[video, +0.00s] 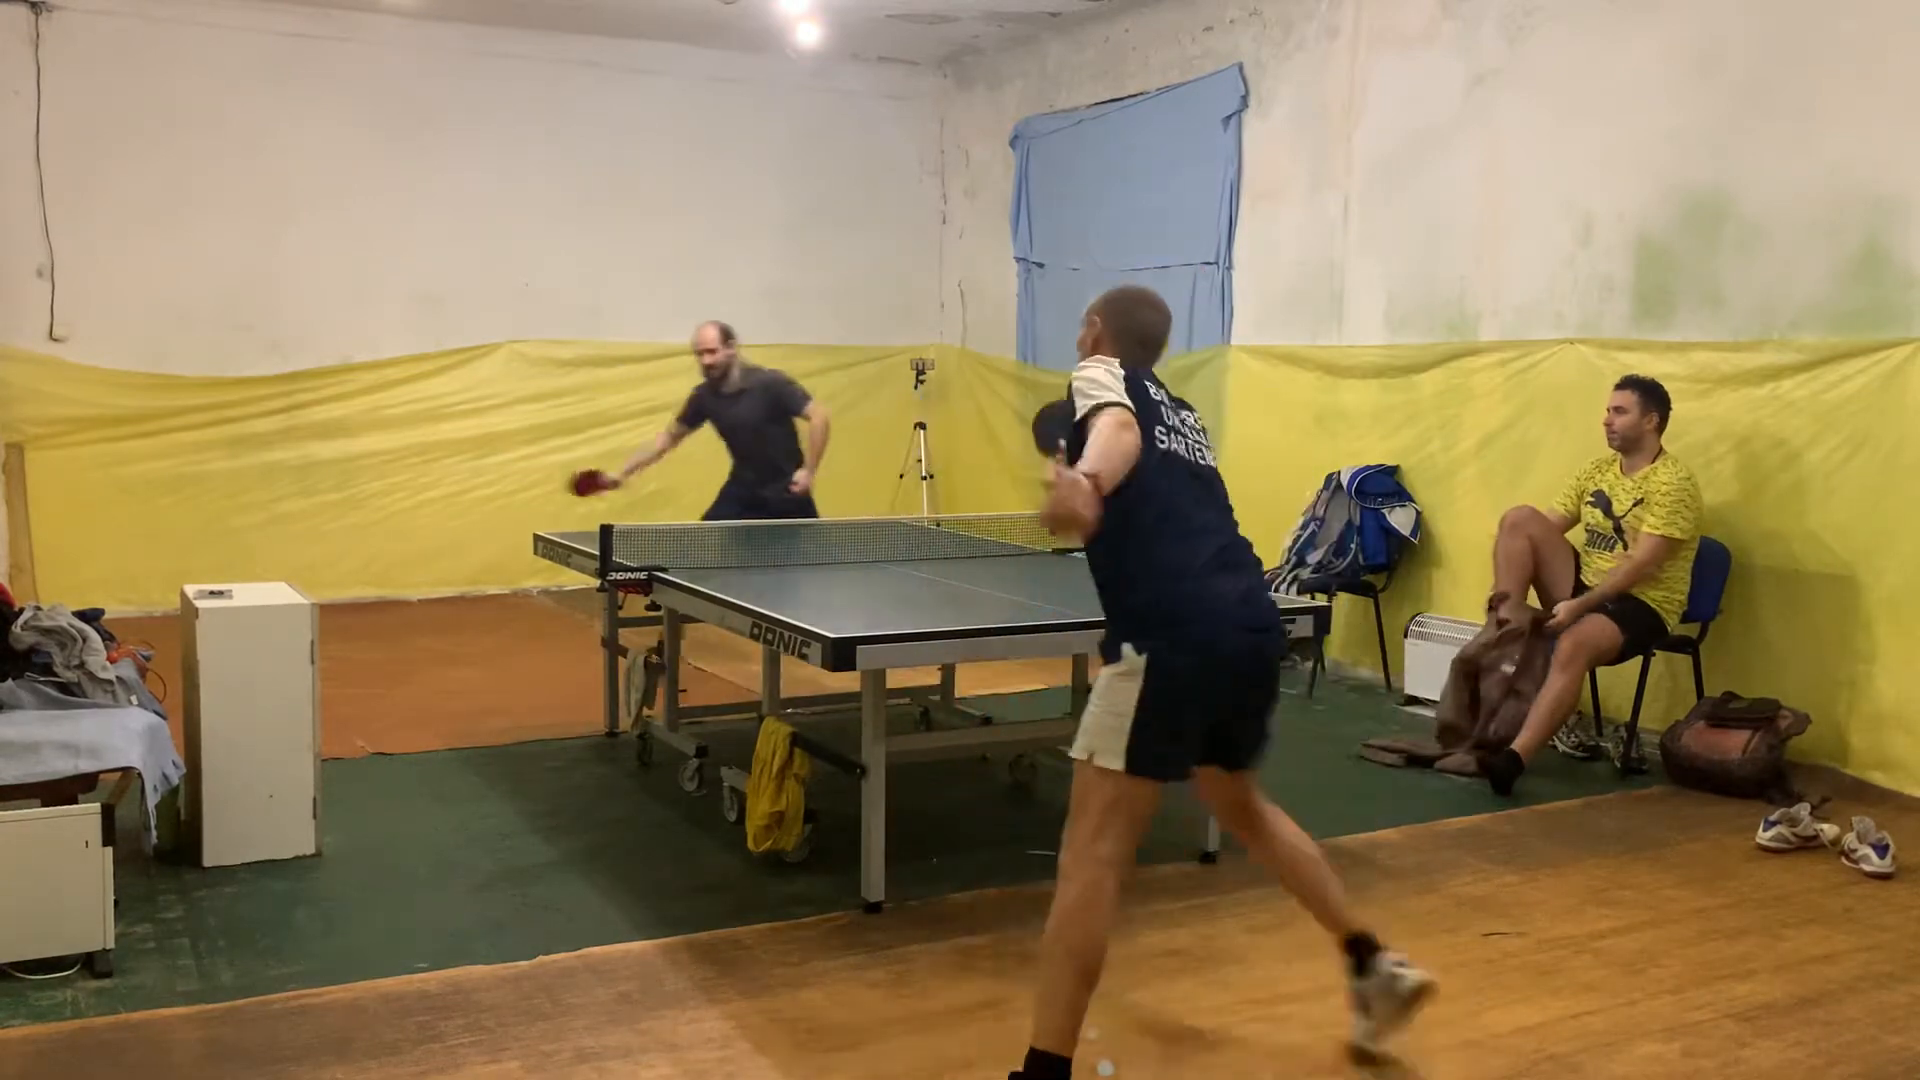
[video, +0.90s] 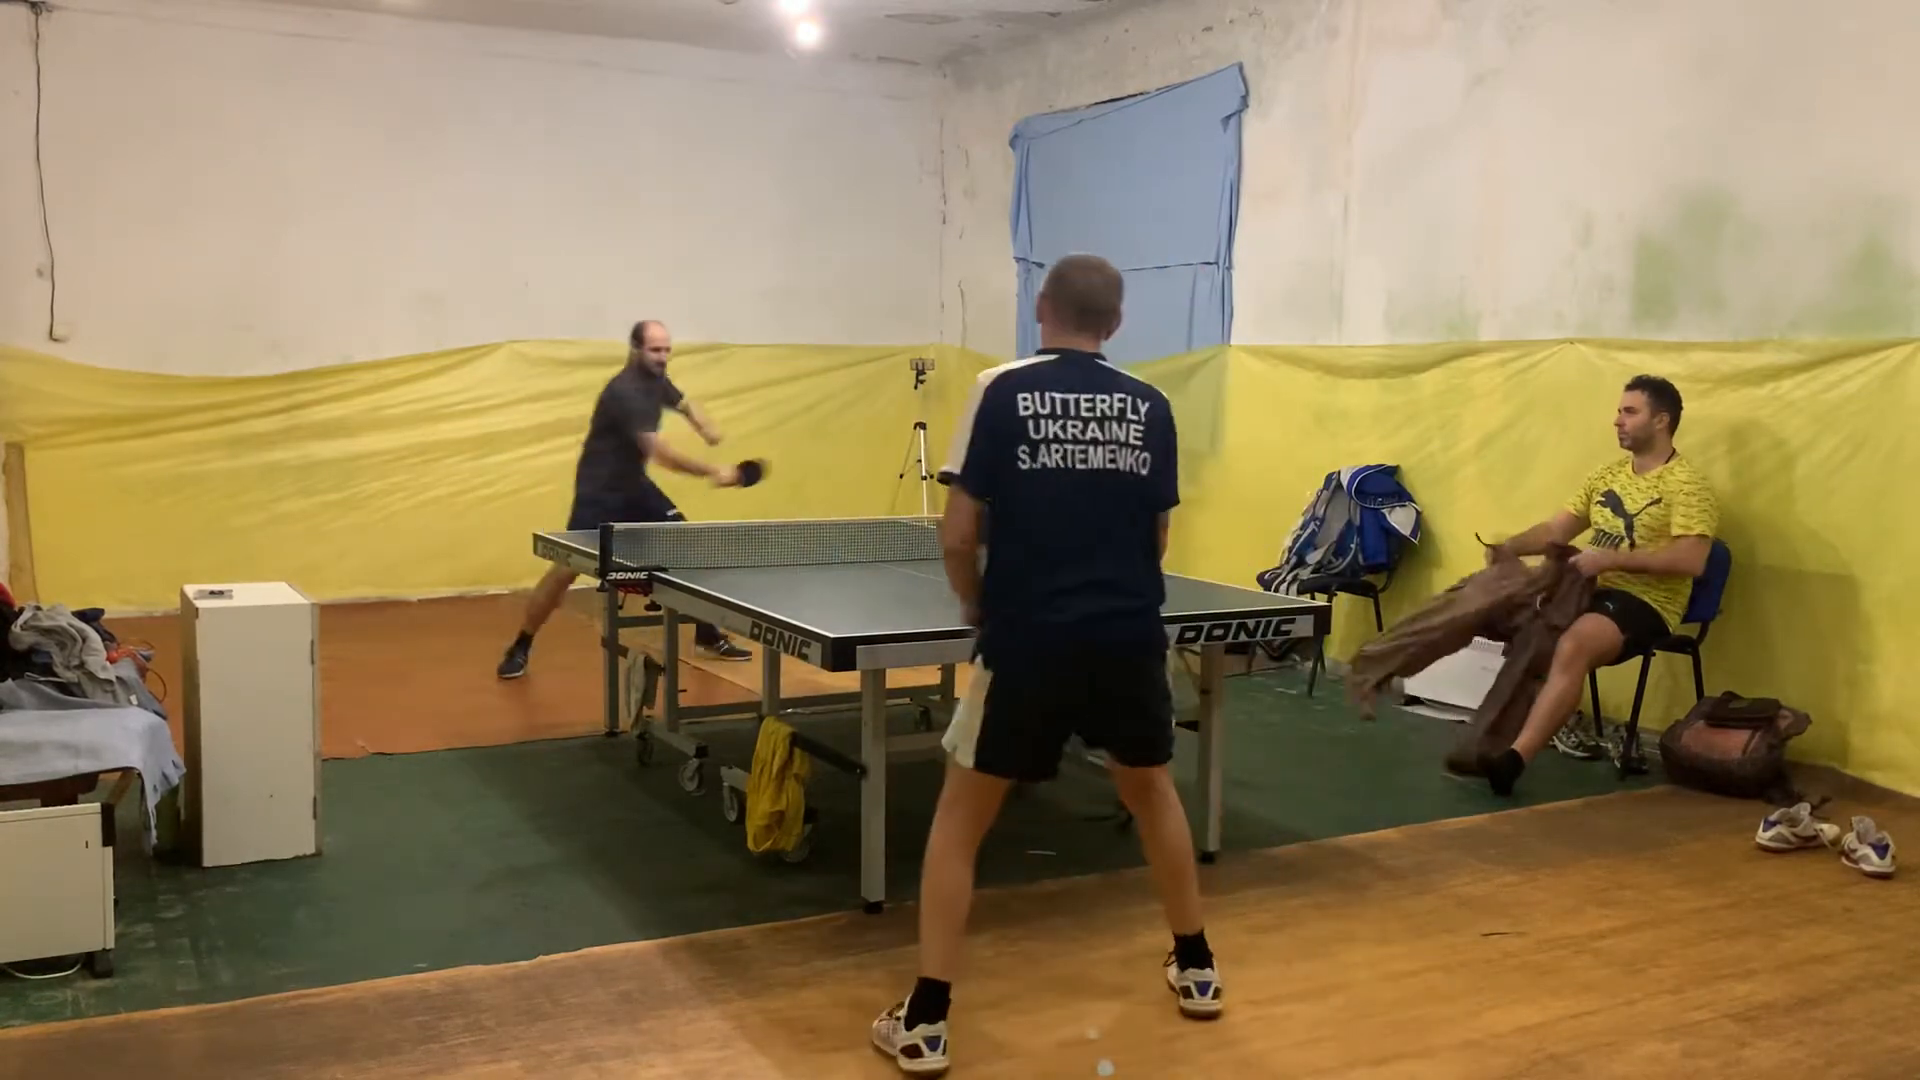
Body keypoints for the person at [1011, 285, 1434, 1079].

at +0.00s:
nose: (1078, 340)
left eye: (1082, 328)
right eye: (1084, 329)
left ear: (1095, 335)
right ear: (1152, 353)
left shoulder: (1098, 376)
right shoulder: (1181, 412)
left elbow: (1122, 429)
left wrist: (1087, 482)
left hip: (1164, 643)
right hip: (1252, 633)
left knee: (1093, 855)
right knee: (1237, 800)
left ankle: (1046, 1066)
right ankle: (1371, 961)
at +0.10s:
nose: (1073, 333)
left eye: (1076, 321)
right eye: (1077, 321)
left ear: (1089, 325)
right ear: (1151, 338)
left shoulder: (1092, 374)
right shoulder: (1182, 401)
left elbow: (1124, 448)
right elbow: (1195, 502)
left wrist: (1111, 524)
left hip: (1151, 628)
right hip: (1237, 623)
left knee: (1057, 830)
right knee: (1191, 783)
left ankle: (1036, 1052)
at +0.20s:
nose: (1076, 345)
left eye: (1079, 334)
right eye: (1082, 333)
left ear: (1094, 335)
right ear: (1150, 345)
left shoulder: (1095, 392)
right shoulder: (1196, 413)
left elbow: (1117, 494)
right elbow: (1206, 526)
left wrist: (1082, 606)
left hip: (1138, 633)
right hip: (1225, 635)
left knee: (1011, 806)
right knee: (1161, 779)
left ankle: (1025, 1002)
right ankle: (1206, 964)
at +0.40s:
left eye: (1087, 343)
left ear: (1086, 344)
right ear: (1159, 353)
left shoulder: (1048, 399)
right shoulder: (1200, 418)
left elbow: (1021, 517)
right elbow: (1231, 552)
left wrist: (986, 648)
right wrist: (1236, 617)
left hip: (1088, 649)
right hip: (1186, 646)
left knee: (995, 802)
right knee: (1178, 769)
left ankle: (955, 1003)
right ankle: (1210, 955)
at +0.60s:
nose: (1172, 341)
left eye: (1173, 328)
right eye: (1171, 327)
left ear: (1099, 314)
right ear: (1148, 315)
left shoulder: (1029, 389)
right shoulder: (1165, 381)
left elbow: (978, 517)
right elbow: (1215, 525)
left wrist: (961, 634)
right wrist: (1298, 515)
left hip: (1052, 634)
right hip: (1154, 632)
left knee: (1001, 799)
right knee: (1190, 781)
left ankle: (938, 975)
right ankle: (1200, 963)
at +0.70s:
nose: (1156, 312)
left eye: (1151, 302)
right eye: (1157, 302)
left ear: (1080, 300)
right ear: (1148, 304)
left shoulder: (1029, 374)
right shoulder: (1182, 379)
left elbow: (997, 526)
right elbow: (1201, 502)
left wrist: (1056, 544)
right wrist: (1127, 496)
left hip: (1053, 622)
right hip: (1150, 624)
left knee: (995, 786)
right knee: (1180, 782)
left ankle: (914, 967)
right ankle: (1200, 962)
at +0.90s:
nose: (1043, 321)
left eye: (1040, 307)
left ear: (1043, 312)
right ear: (1116, 326)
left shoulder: (1003, 390)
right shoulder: (1149, 405)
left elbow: (959, 534)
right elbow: (1158, 538)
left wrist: (978, 610)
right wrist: (1126, 606)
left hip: (1026, 649)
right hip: (1129, 645)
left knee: (957, 827)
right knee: (1152, 792)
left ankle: (927, 1017)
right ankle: (1196, 966)